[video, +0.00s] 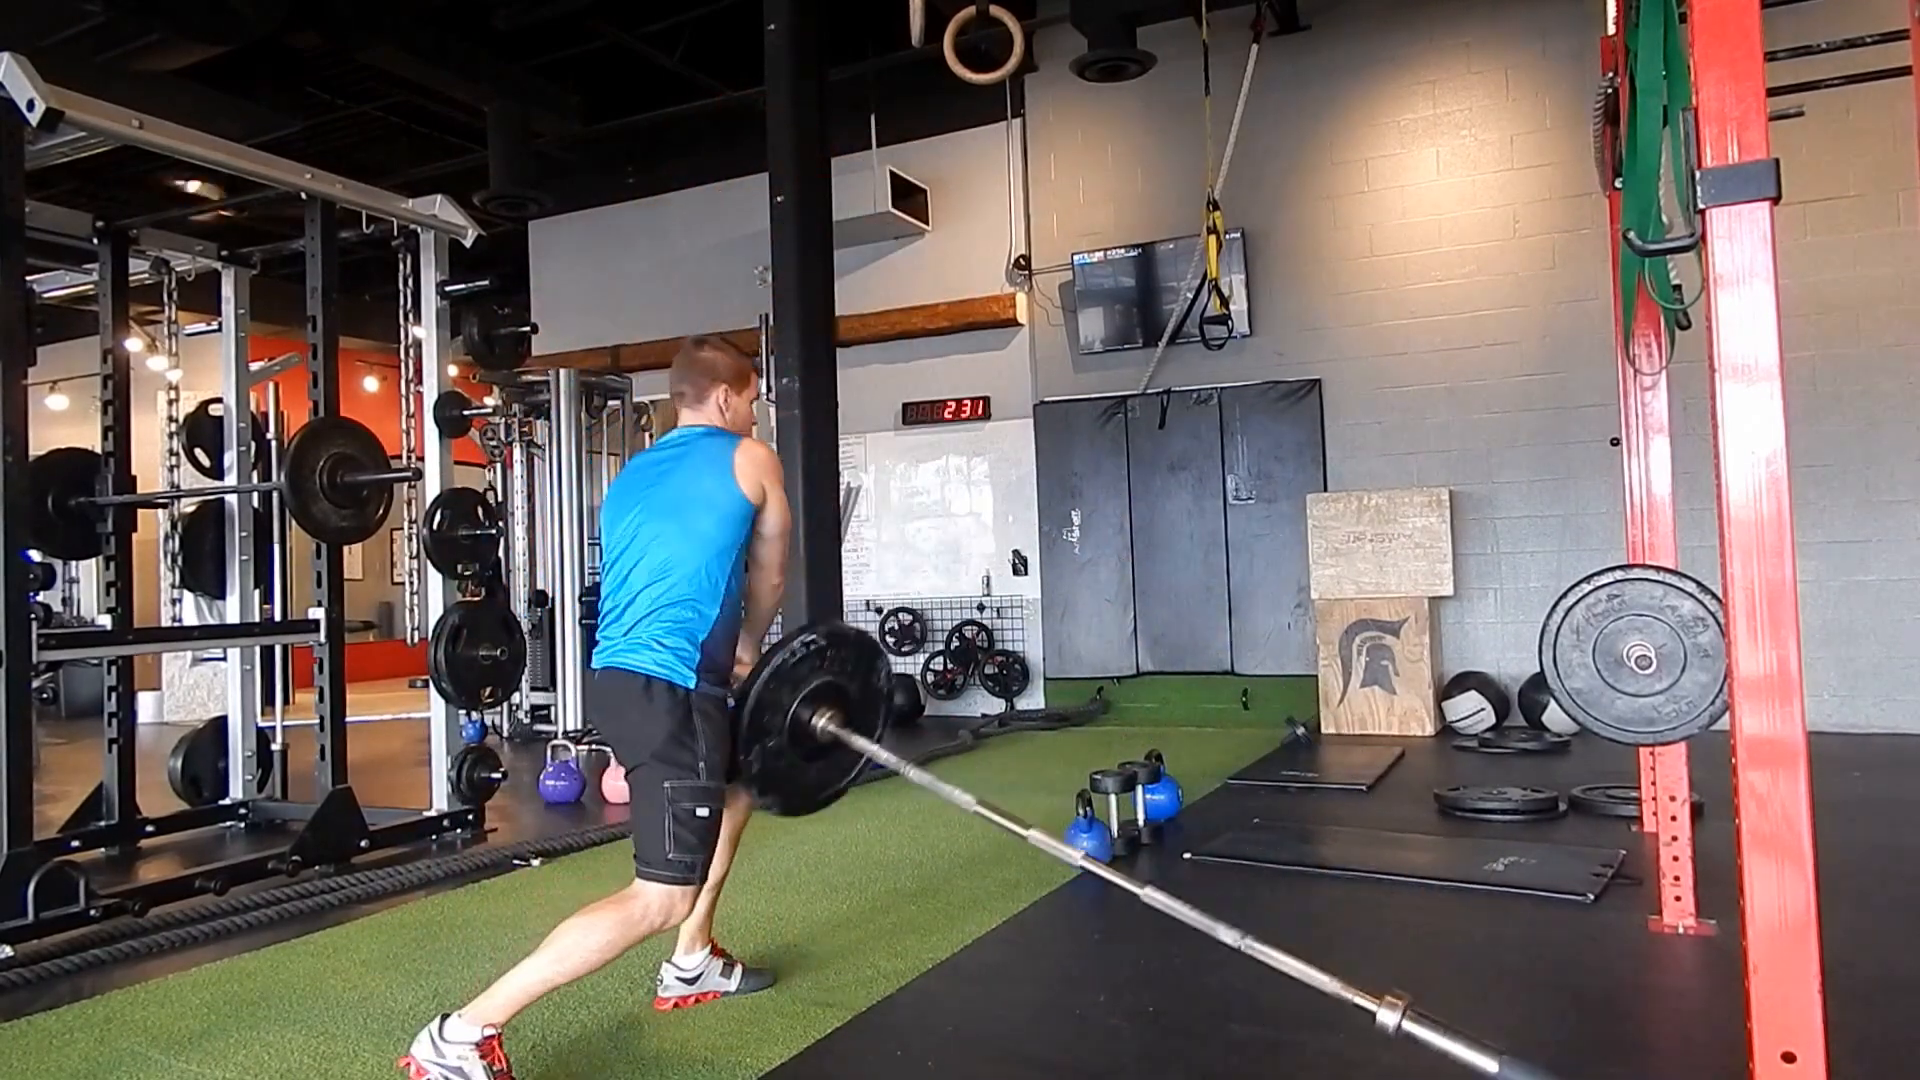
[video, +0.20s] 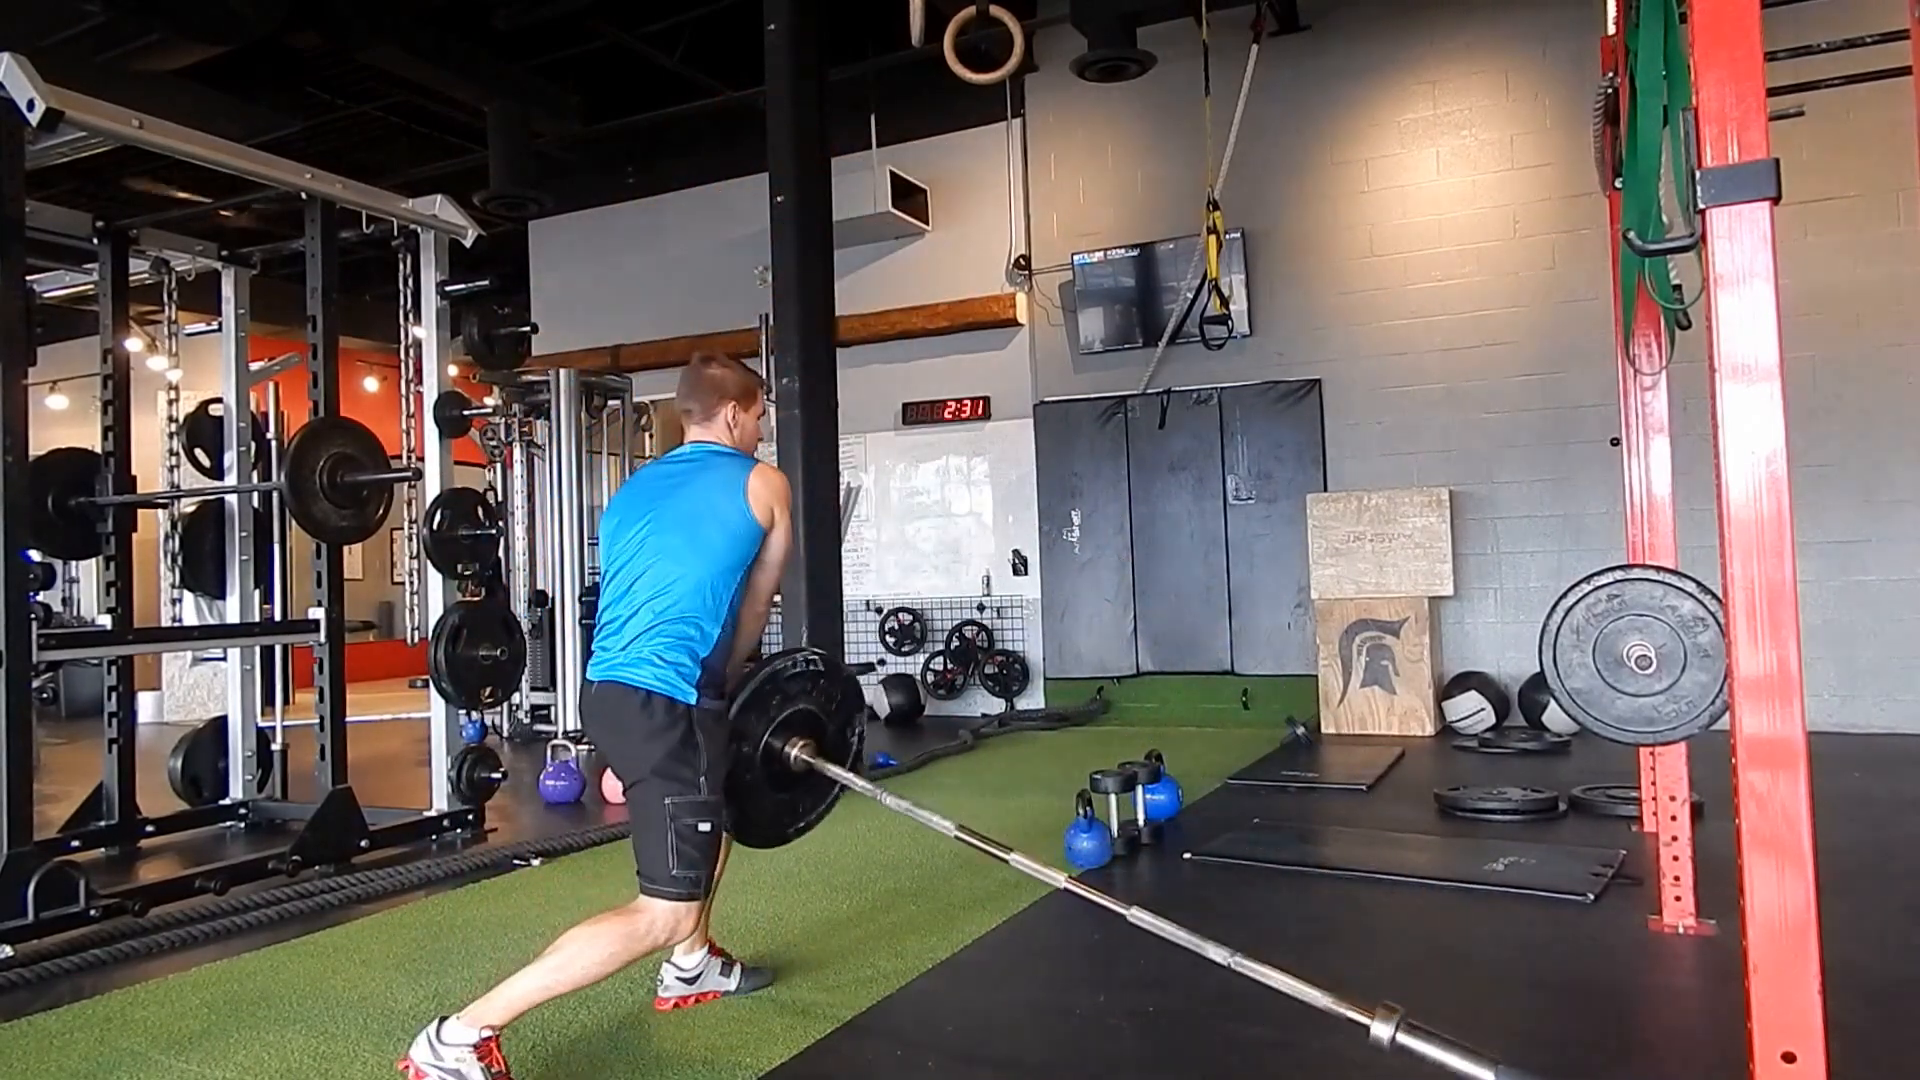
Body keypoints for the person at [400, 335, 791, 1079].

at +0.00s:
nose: (753, 413)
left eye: (752, 401)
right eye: (750, 401)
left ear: (681, 400)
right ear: (726, 399)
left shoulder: (628, 475)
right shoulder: (751, 458)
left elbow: (631, 586)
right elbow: (767, 584)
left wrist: (722, 649)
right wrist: (746, 643)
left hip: (613, 679)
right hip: (668, 688)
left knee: (736, 788)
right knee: (662, 895)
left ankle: (693, 959)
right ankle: (464, 1030)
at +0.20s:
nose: (762, 427)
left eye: (761, 414)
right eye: (758, 414)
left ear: (687, 418)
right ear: (733, 415)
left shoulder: (629, 489)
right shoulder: (764, 483)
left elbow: (618, 595)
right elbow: (754, 608)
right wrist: (724, 681)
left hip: (608, 691)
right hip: (664, 700)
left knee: (714, 800)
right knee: (668, 914)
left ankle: (692, 962)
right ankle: (457, 1034)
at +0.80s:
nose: (704, 306)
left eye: (704, 295)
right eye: (691, 293)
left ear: (678, 308)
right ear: (641, 300)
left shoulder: (699, 390)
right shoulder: (609, 354)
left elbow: (789, 395)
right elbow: (740, 321)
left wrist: (868, 316)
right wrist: (843, 265)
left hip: (698, 633)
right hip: (619, 628)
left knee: (732, 784)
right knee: (585, 822)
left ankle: (687, 959)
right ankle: (507, 1026)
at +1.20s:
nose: (722, 289)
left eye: (721, 278)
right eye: (706, 280)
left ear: (713, 295)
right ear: (660, 298)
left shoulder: (736, 376)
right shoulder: (632, 354)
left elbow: (809, 322)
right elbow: (731, 280)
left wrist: (872, 225)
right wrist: (836, 187)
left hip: (720, 639)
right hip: (634, 636)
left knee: (725, 791)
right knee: (578, 826)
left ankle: (685, 959)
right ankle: (505, 1030)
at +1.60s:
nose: (696, 311)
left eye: (699, 299)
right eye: (678, 299)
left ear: (707, 312)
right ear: (634, 311)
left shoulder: (729, 393)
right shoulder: (598, 385)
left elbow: (809, 343)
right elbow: (661, 299)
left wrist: (817, 239)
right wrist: (742, 198)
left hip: (724, 651)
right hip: (624, 651)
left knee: (737, 805)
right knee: (564, 829)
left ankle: (687, 962)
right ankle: (503, 1027)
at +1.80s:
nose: (658, 334)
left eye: (672, 319)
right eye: (642, 318)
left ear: (698, 331)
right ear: (618, 330)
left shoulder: (722, 401)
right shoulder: (588, 397)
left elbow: (764, 378)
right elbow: (560, 421)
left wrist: (714, 312)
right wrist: (610, 295)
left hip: (708, 659)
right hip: (595, 658)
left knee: (738, 823)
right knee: (526, 826)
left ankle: (716, 940)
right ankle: (493, 1032)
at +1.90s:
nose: (632, 351)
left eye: (647, 334)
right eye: (617, 338)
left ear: (679, 333)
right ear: (598, 346)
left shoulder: (709, 407)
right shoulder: (576, 411)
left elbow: (722, 422)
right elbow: (526, 480)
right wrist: (543, 385)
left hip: (690, 669)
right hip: (576, 666)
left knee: (730, 839)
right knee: (498, 827)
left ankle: (752, 932)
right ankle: (497, 1034)